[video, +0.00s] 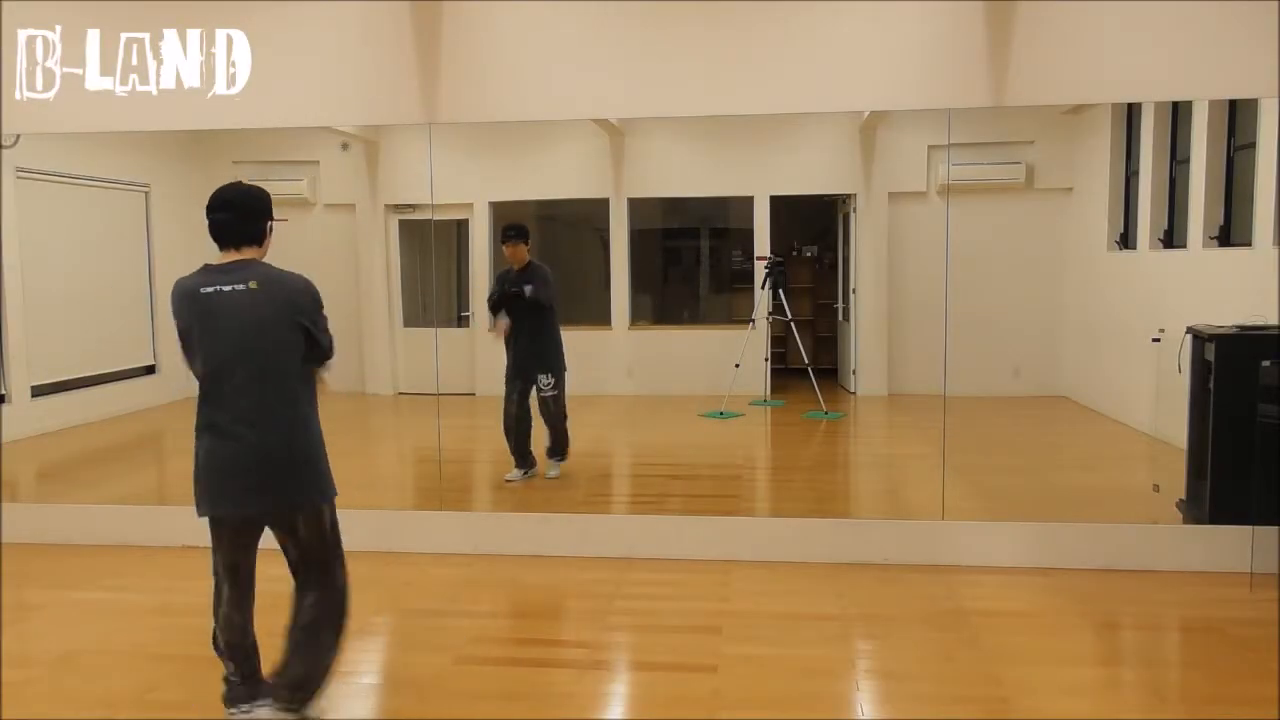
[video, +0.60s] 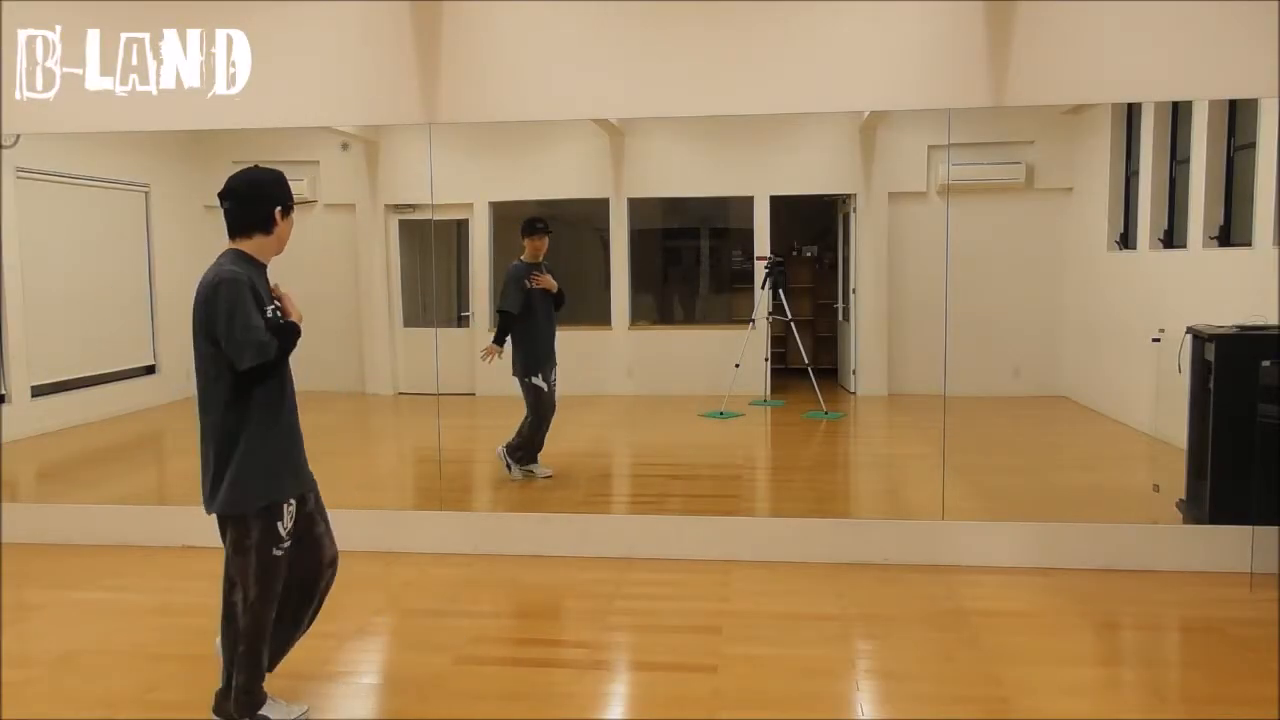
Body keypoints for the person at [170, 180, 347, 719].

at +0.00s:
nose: (272, 231)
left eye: (267, 224)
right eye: (271, 224)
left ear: (214, 233)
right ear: (267, 231)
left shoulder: (187, 292)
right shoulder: (295, 289)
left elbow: (200, 365)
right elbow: (318, 356)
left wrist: (273, 364)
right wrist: (257, 361)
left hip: (224, 468)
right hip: (292, 467)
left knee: (231, 578)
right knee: (321, 579)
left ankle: (242, 692)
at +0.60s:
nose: (291, 226)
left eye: (290, 215)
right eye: (290, 215)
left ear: (238, 216)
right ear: (276, 218)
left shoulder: (247, 278)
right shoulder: (231, 281)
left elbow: (254, 358)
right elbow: (250, 358)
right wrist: (289, 326)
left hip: (280, 462)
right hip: (251, 470)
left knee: (317, 561)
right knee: (254, 590)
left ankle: (247, 669)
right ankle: (241, 705)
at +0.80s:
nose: (295, 220)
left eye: (293, 210)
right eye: (292, 210)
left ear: (239, 219)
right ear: (281, 217)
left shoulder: (217, 280)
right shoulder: (265, 281)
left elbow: (206, 371)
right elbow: (298, 365)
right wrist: (331, 376)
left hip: (247, 460)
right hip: (261, 469)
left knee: (314, 541)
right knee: (260, 584)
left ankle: (266, 652)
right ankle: (238, 704)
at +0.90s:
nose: (296, 220)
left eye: (293, 211)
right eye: (294, 212)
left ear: (239, 221)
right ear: (285, 221)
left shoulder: (204, 288)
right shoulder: (285, 288)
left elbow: (182, 379)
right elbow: (315, 375)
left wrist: (166, 448)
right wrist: (343, 428)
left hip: (231, 466)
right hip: (269, 469)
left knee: (285, 572)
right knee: (262, 585)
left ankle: (279, 676)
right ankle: (239, 705)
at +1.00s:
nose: (296, 220)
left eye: (293, 211)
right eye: (295, 213)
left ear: (239, 221)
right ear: (288, 222)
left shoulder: (202, 287)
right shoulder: (300, 290)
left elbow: (176, 379)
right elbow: (323, 381)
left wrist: (164, 451)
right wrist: (337, 454)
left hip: (221, 470)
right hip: (279, 472)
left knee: (246, 583)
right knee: (274, 589)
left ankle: (279, 678)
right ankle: (237, 706)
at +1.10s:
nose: (297, 221)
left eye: (294, 213)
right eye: (297, 214)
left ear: (239, 222)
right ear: (291, 223)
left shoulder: (201, 287)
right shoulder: (309, 288)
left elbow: (180, 383)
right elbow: (324, 381)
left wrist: (168, 454)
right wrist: (326, 452)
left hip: (221, 468)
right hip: (287, 469)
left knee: (240, 583)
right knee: (291, 584)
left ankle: (273, 681)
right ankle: (247, 698)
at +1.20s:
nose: (299, 223)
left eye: (297, 215)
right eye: (297, 216)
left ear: (239, 224)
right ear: (289, 224)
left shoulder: (202, 288)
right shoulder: (312, 289)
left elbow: (180, 384)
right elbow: (329, 381)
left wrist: (175, 459)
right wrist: (330, 453)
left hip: (222, 469)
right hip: (291, 468)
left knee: (243, 582)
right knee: (320, 567)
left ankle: (273, 680)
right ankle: (274, 678)